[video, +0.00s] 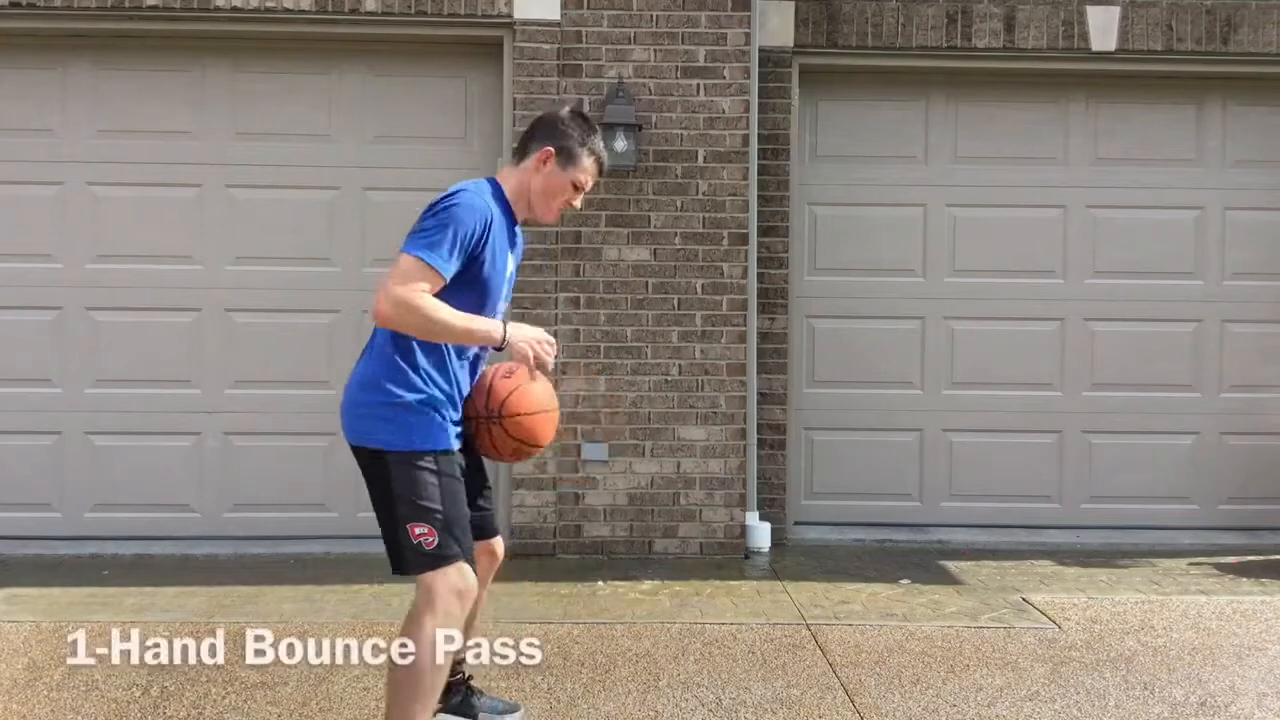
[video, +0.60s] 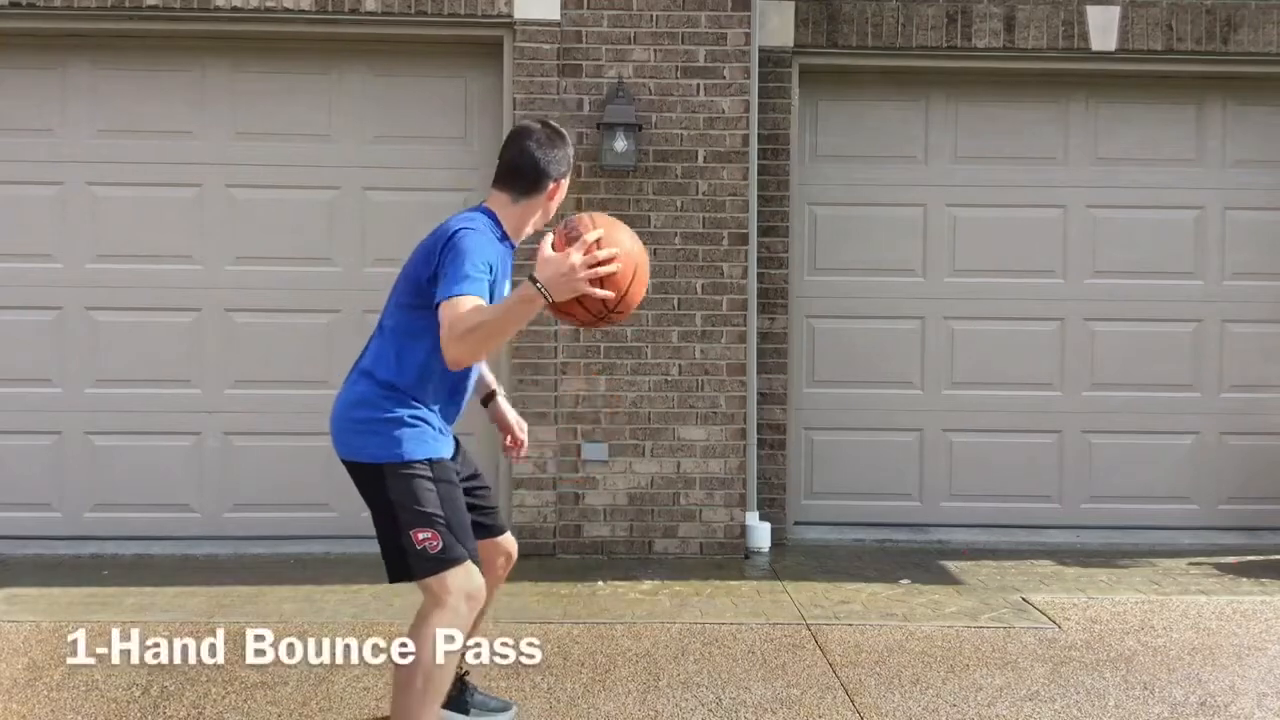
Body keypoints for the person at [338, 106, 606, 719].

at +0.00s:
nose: (574, 204)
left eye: (582, 195)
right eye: (575, 187)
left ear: (545, 165)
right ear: (543, 159)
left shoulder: (508, 233)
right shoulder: (470, 207)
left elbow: (462, 333)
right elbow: (394, 302)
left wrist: (496, 399)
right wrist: (503, 331)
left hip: (443, 413)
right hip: (399, 412)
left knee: (484, 552)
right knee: (450, 582)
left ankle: (443, 689)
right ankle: (407, 712)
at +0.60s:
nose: (559, 202)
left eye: (562, 191)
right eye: (563, 190)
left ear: (499, 173)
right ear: (553, 191)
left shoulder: (491, 246)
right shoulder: (471, 239)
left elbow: (453, 342)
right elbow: (458, 346)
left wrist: (494, 398)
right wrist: (541, 288)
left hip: (426, 425)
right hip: (388, 424)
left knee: (495, 552)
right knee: (457, 589)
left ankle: (442, 684)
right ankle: (411, 711)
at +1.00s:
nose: (554, 198)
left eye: (552, 188)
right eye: (555, 189)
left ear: (490, 180)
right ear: (546, 195)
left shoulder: (438, 228)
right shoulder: (524, 267)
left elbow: (375, 315)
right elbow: (534, 379)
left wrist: (446, 385)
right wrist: (556, 396)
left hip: (378, 414)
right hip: (416, 424)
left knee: (496, 539)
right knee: (466, 587)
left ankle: (439, 682)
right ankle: (414, 711)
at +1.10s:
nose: (554, 194)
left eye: (550, 184)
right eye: (555, 186)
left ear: (492, 178)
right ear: (547, 191)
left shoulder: (441, 227)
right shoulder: (527, 262)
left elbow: (375, 312)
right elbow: (521, 374)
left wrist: (414, 376)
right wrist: (535, 394)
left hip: (378, 412)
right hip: (421, 420)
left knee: (499, 539)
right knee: (475, 580)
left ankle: (435, 687)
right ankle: (425, 708)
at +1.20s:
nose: (553, 190)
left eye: (550, 181)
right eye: (553, 182)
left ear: (488, 178)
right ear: (546, 188)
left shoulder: (443, 229)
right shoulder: (529, 259)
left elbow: (374, 317)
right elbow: (525, 384)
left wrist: (416, 381)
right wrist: (543, 402)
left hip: (384, 413)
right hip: (422, 423)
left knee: (501, 541)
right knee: (473, 590)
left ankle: (427, 690)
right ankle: (431, 709)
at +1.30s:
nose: (551, 190)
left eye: (551, 181)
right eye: (552, 181)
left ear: (485, 177)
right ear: (544, 186)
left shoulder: (440, 232)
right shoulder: (525, 257)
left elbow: (374, 325)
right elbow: (539, 385)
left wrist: (417, 389)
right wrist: (578, 387)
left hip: (385, 418)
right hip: (422, 428)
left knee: (503, 543)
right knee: (481, 594)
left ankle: (428, 692)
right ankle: (438, 711)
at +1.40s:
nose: (547, 177)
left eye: (543, 168)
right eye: (546, 169)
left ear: (479, 172)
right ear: (538, 178)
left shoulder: (439, 229)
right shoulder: (523, 249)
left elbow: (377, 328)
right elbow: (575, 360)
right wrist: (613, 330)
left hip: (383, 420)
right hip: (424, 426)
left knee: (501, 542)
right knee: (485, 594)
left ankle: (431, 691)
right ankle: (439, 711)